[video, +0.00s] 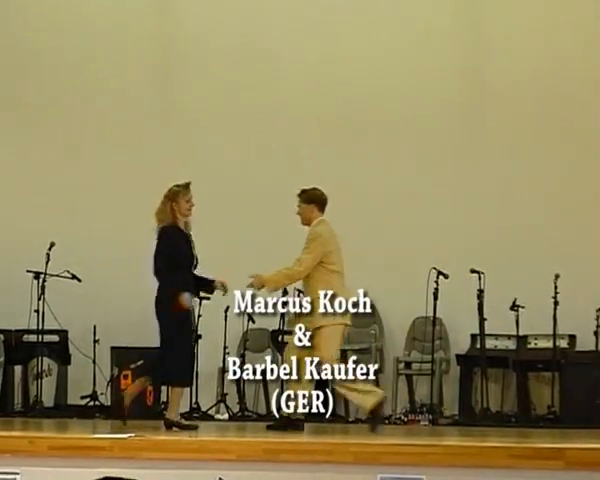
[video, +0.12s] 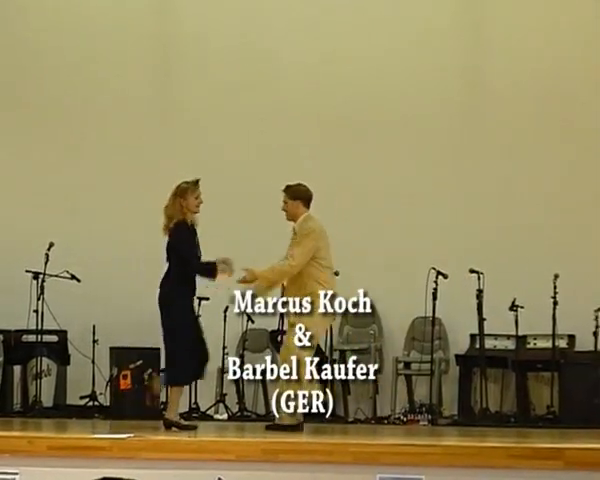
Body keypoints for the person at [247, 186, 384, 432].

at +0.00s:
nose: (297, 212)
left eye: (301, 207)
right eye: (298, 207)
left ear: (314, 208)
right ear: (314, 209)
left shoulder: (321, 232)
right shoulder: (317, 232)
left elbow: (300, 269)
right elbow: (299, 268)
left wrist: (266, 281)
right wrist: (268, 280)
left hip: (331, 312)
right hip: (314, 312)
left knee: (325, 365)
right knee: (294, 359)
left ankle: (373, 400)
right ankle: (295, 414)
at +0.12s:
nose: (282, 207)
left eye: (286, 203)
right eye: (283, 202)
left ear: (300, 204)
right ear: (297, 204)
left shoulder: (310, 229)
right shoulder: (301, 230)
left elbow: (292, 265)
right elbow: (287, 265)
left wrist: (258, 275)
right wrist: (258, 287)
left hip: (313, 306)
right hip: (303, 305)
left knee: (290, 357)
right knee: (294, 358)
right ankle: (291, 414)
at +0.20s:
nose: (275, 204)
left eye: (279, 200)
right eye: (275, 199)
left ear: (292, 202)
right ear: (289, 202)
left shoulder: (307, 225)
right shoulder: (288, 230)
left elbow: (291, 260)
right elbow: (266, 260)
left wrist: (256, 266)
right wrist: (232, 276)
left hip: (309, 299)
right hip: (296, 300)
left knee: (288, 348)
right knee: (293, 355)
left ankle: (290, 415)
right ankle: (290, 414)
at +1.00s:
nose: (256, 211)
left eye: (261, 206)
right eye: (255, 206)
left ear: (275, 208)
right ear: (257, 208)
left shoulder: (282, 235)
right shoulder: (261, 237)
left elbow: (263, 267)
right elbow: (254, 266)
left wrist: (229, 281)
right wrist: (228, 269)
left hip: (297, 308)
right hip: (272, 309)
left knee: (308, 360)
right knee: (261, 358)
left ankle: (327, 411)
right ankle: (266, 411)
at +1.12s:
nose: (252, 212)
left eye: (256, 207)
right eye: (250, 207)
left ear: (270, 208)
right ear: (250, 209)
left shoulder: (285, 236)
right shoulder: (249, 239)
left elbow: (289, 275)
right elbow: (244, 271)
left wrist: (257, 281)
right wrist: (223, 273)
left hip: (289, 310)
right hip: (263, 311)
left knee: (307, 359)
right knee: (261, 364)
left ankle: (328, 408)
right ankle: (261, 417)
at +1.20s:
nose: (256, 205)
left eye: (260, 200)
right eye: (253, 201)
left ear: (272, 201)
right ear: (251, 203)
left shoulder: (289, 230)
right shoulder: (245, 232)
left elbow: (310, 265)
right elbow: (232, 263)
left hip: (290, 304)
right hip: (260, 306)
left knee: (303, 356)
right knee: (260, 362)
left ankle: (318, 404)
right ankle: (261, 415)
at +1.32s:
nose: (262, 198)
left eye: (267, 193)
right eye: (259, 194)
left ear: (278, 195)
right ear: (256, 196)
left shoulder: (294, 221)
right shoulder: (247, 222)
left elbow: (318, 248)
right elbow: (229, 247)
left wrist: (315, 226)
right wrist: (204, 248)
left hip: (288, 295)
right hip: (257, 295)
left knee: (292, 351)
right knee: (257, 354)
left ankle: (294, 408)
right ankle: (258, 412)